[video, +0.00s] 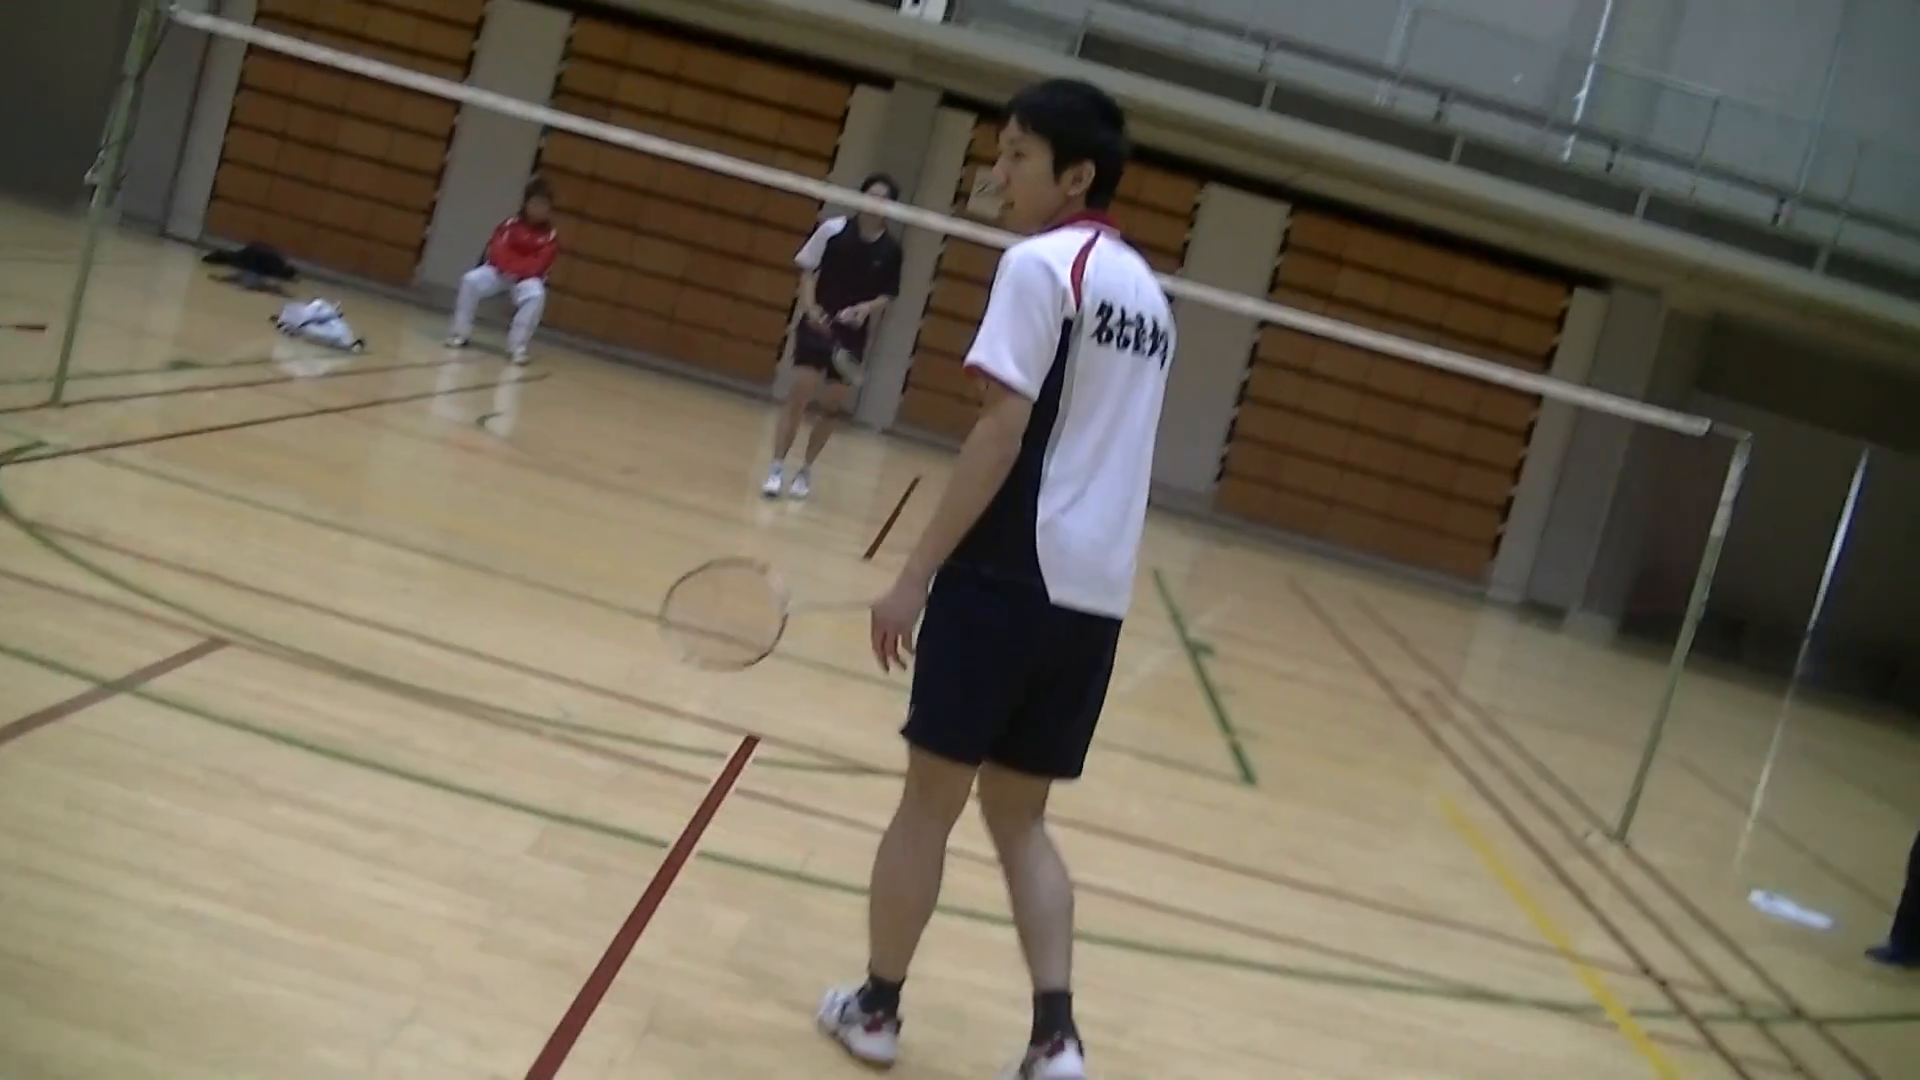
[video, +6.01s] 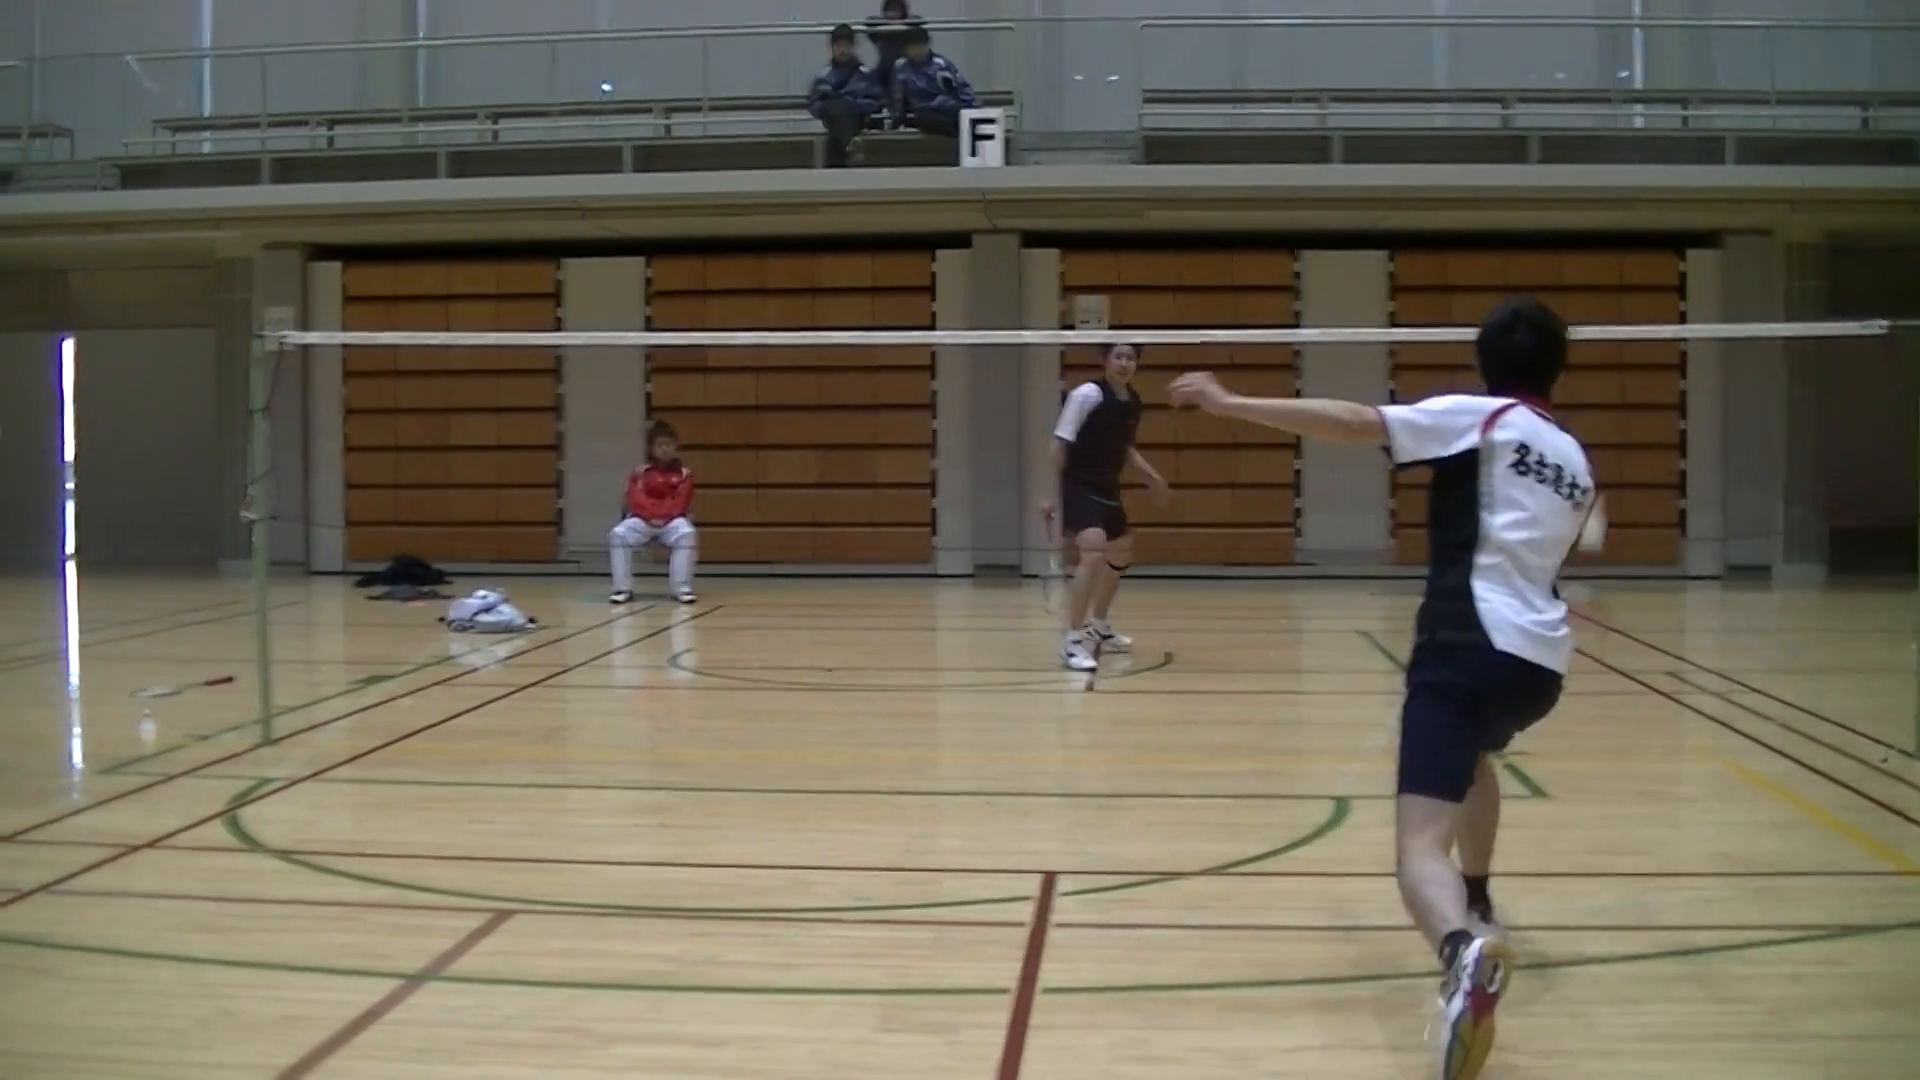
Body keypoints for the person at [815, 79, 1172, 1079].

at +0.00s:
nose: (998, 174)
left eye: (1017, 157)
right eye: (1001, 154)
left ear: (1081, 174)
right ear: (1089, 179)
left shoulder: (1041, 266)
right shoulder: (1150, 293)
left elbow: (1000, 433)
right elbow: (1119, 462)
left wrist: (914, 570)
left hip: (997, 588)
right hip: (1091, 609)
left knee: (928, 805)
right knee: (1020, 815)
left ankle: (878, 1004)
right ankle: (1056, 1037)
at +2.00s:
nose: (1506, 173)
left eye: (1503, 159)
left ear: (1508, 165)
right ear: (1613, 158)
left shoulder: (1458, 264)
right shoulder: (1686, 250)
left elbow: (1437, 458)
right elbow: (1735, 429)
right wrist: (1726, 550)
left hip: (1505, 604)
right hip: (1645, 606)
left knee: (1440, 842)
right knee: (1659, 872)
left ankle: (1388, 1058)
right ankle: (1663, 1078)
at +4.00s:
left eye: (1486, 238)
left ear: (1487, 248)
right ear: (1584, 234)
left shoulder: (1450, 347)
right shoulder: (1649, 321)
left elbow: (1364, 486)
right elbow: (1780, 424)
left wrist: (1409, 419)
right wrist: (1815, 411)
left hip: (1501, 636)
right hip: (1624, 629)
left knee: (1531, 849)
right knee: (1649, 883)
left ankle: (1526, 1061)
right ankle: (1637, 1075)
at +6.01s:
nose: (1477, 365)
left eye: (1481, 353)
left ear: (1486, 365)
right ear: (1555, 374)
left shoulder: (1472, 415)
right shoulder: (1574, 458)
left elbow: (1357, 420)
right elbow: (1585, 543)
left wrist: (1230, 403)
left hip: (1464, 649)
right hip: (1541, 666)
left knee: (1424, 848)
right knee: (1474, 755)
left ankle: (1460, 952)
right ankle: (1476, 902)